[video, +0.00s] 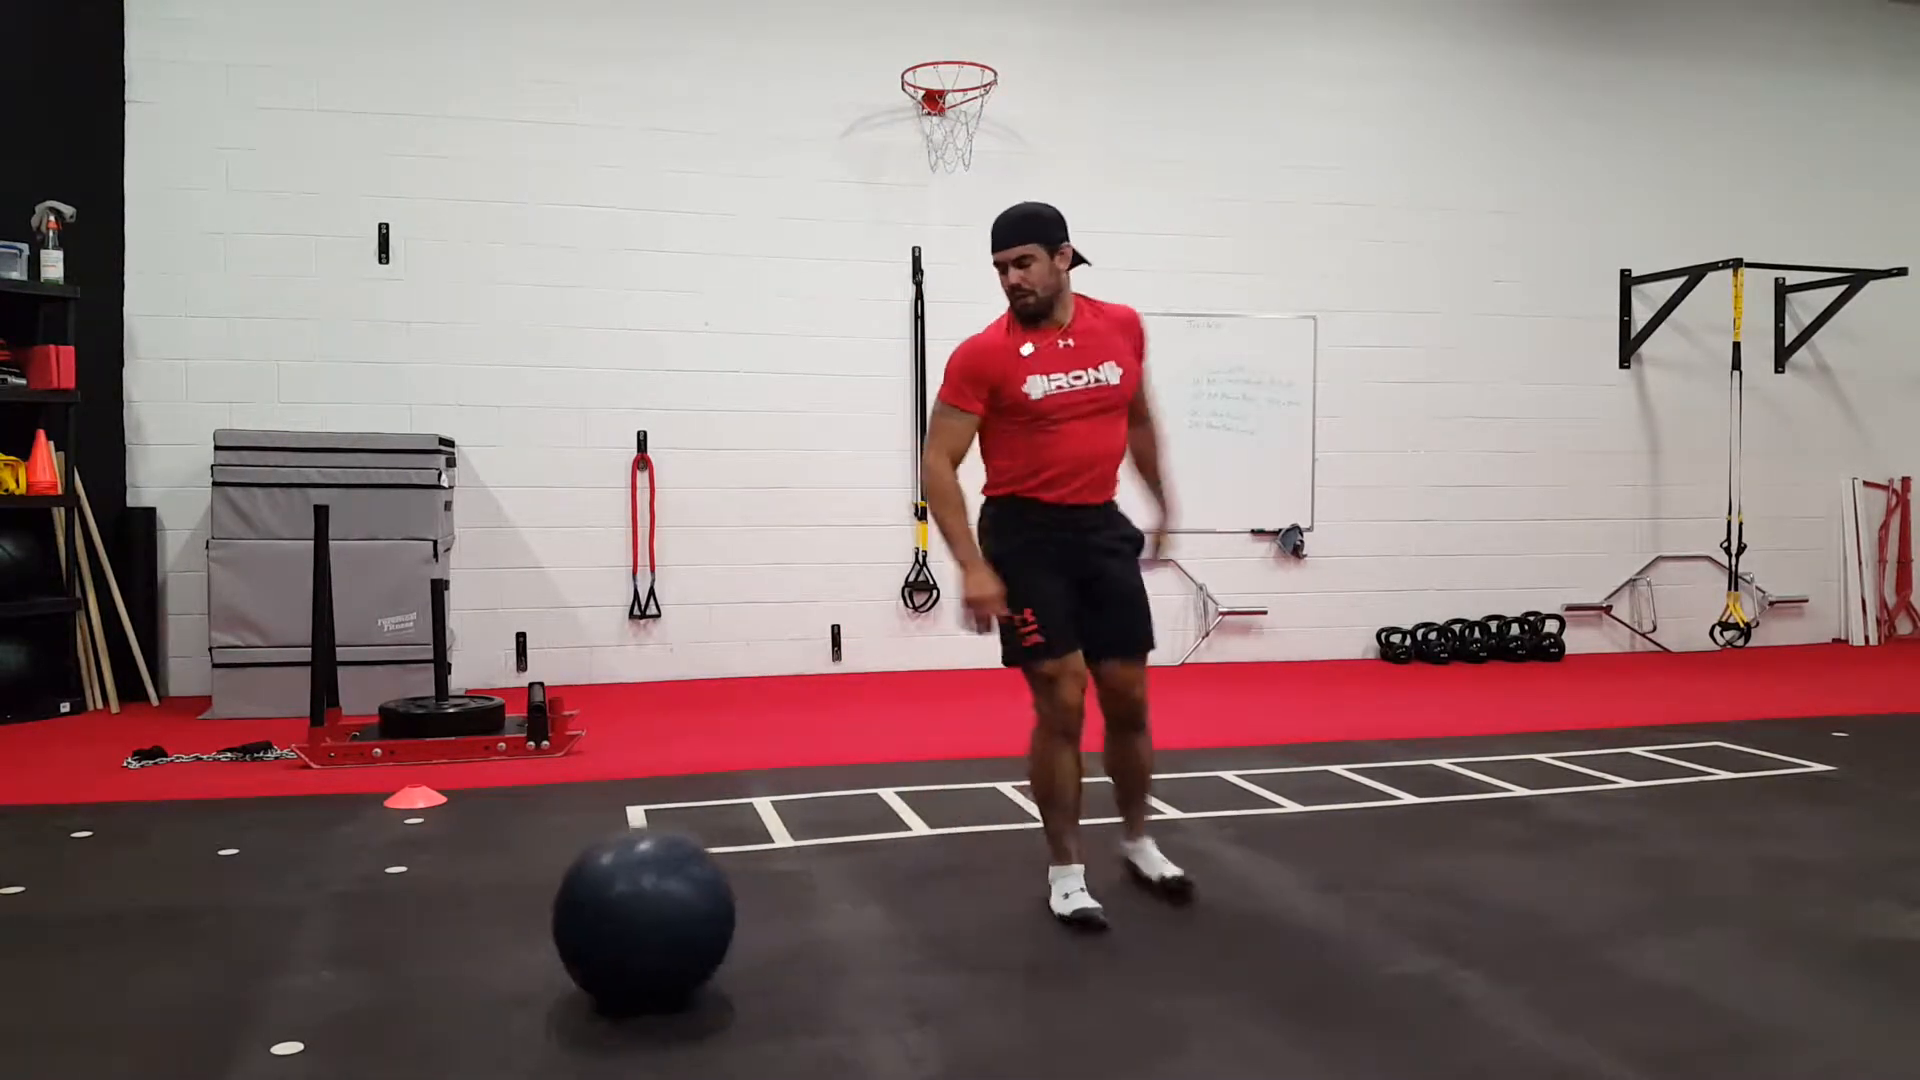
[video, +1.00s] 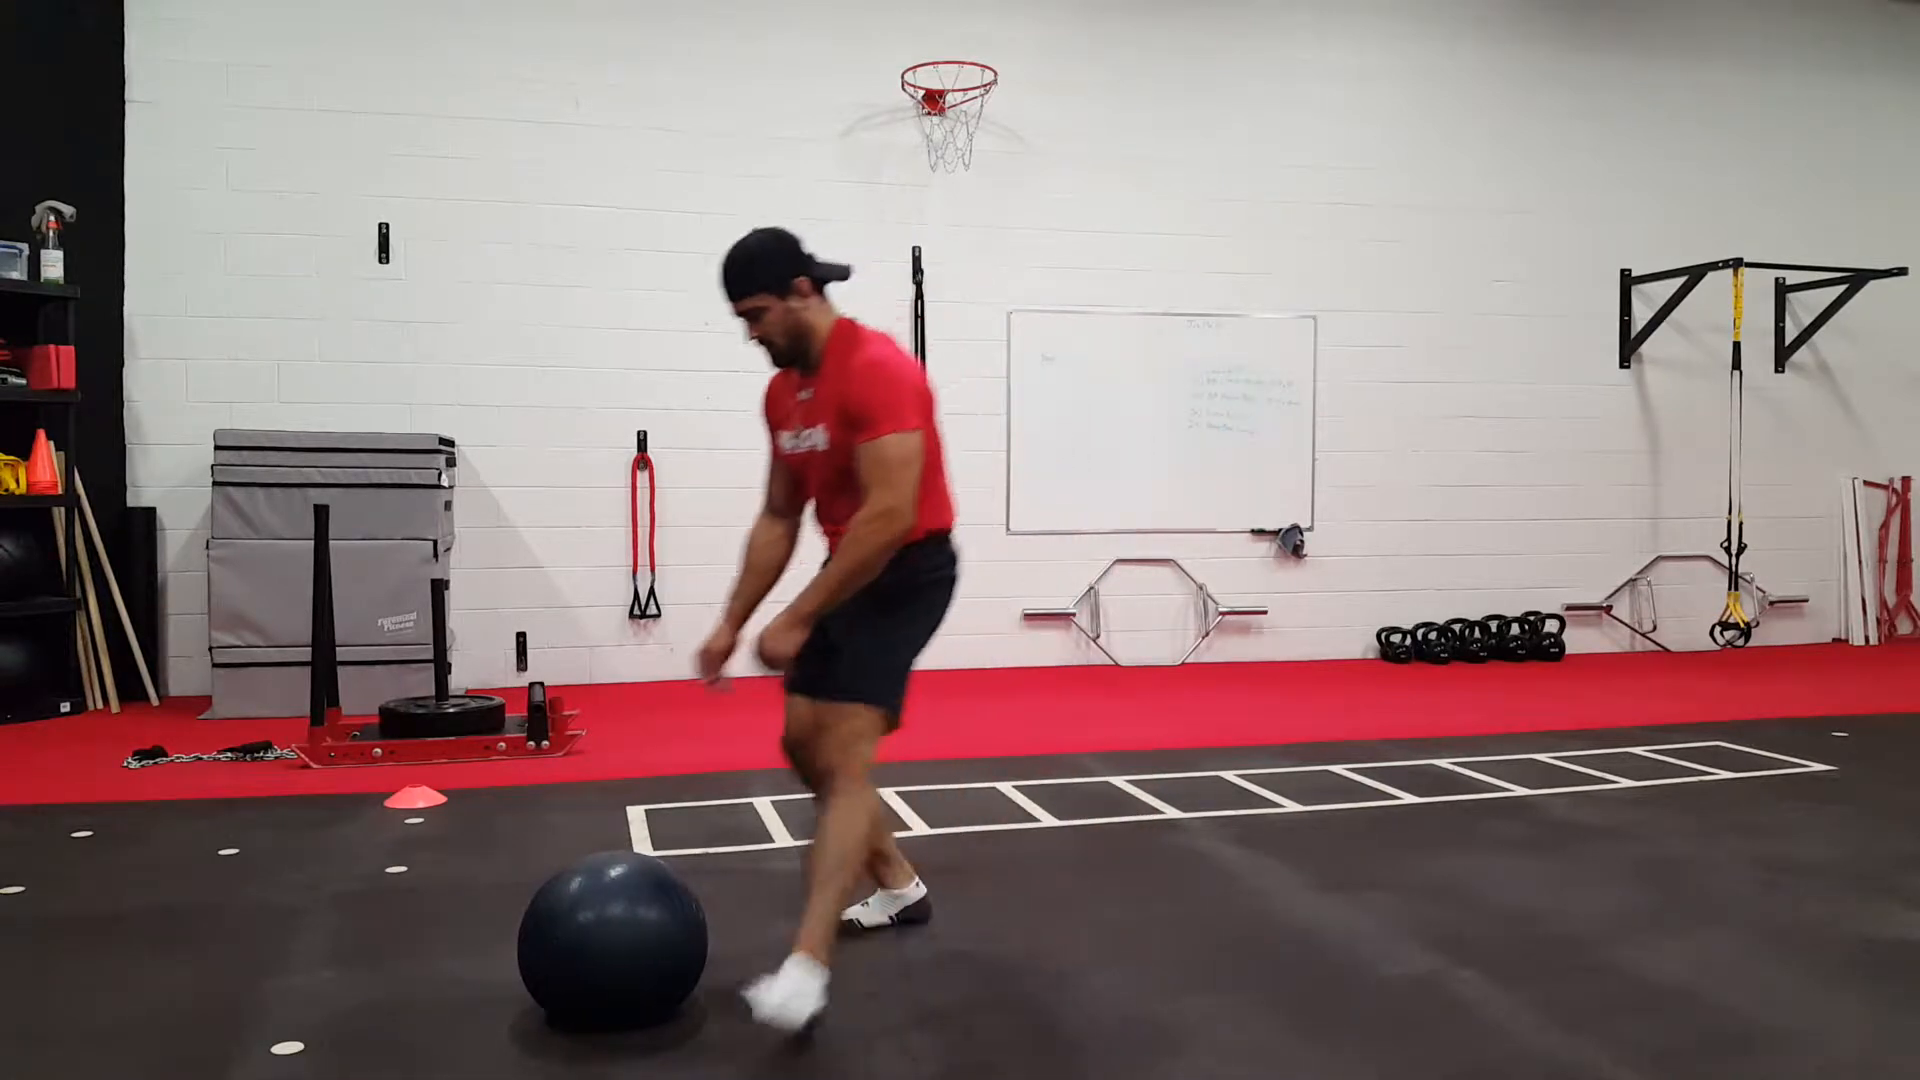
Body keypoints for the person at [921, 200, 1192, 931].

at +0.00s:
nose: (1012, 280)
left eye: (1024, 264)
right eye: (1002, 268)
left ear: (1065, 259)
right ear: (996, 272)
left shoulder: (1120, 327)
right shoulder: (981, 358)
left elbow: (1138, 418)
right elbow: (937, 466)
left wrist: (1162, 501)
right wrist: (971, 565)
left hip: (1103, 532)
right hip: (1024, 537)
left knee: (1129, 700)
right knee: (1062, 703)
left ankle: (1136, 838)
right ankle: (1067, 872)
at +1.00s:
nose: (749, 333)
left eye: (755, 314)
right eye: (742, 319)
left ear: (803, 292)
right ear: (779, 306)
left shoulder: (878, 369)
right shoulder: (785, 392)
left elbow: (891, 514)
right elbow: (779, 516)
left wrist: (798, 617)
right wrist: (731, 623)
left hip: (909, 566)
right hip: (846, 568)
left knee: (847, 747)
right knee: (803, 741)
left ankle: (808, 962)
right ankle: (898, 882)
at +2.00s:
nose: (526, 592)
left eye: (532, 575)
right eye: (520, 578)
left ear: (582, 558)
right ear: (578, 559)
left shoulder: (638, 643)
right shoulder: (570, 638)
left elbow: (668, 809)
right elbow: (600, 773)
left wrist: (662, 953)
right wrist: (575, 909)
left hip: (794, 747)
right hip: (703, 743)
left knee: (679, 823)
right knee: (557, 752)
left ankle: (766, 1011)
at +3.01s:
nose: (554, 566)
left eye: (563, 549)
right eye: (549, 551)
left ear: (615, 539)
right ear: (610, 540)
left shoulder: (650, 636)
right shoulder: (590, 629)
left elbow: (692, 794)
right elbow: (623, 758)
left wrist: (679, 934)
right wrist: (606, 891)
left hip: (807, 737)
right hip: (723, 736)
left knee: (703, 815)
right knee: (574, 742)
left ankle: (767, 1014)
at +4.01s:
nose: (644, 524)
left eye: (662, 514)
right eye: (646, 512)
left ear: (713, 532)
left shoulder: (727, 624)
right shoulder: (658, 622)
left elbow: (680, 781)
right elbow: (591, 717)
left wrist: (552, 832)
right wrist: (546, 787)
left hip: (812, 781)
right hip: (721, 767)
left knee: (707, 808)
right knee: (589, 757)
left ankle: (767, 1014)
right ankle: (638, 912)